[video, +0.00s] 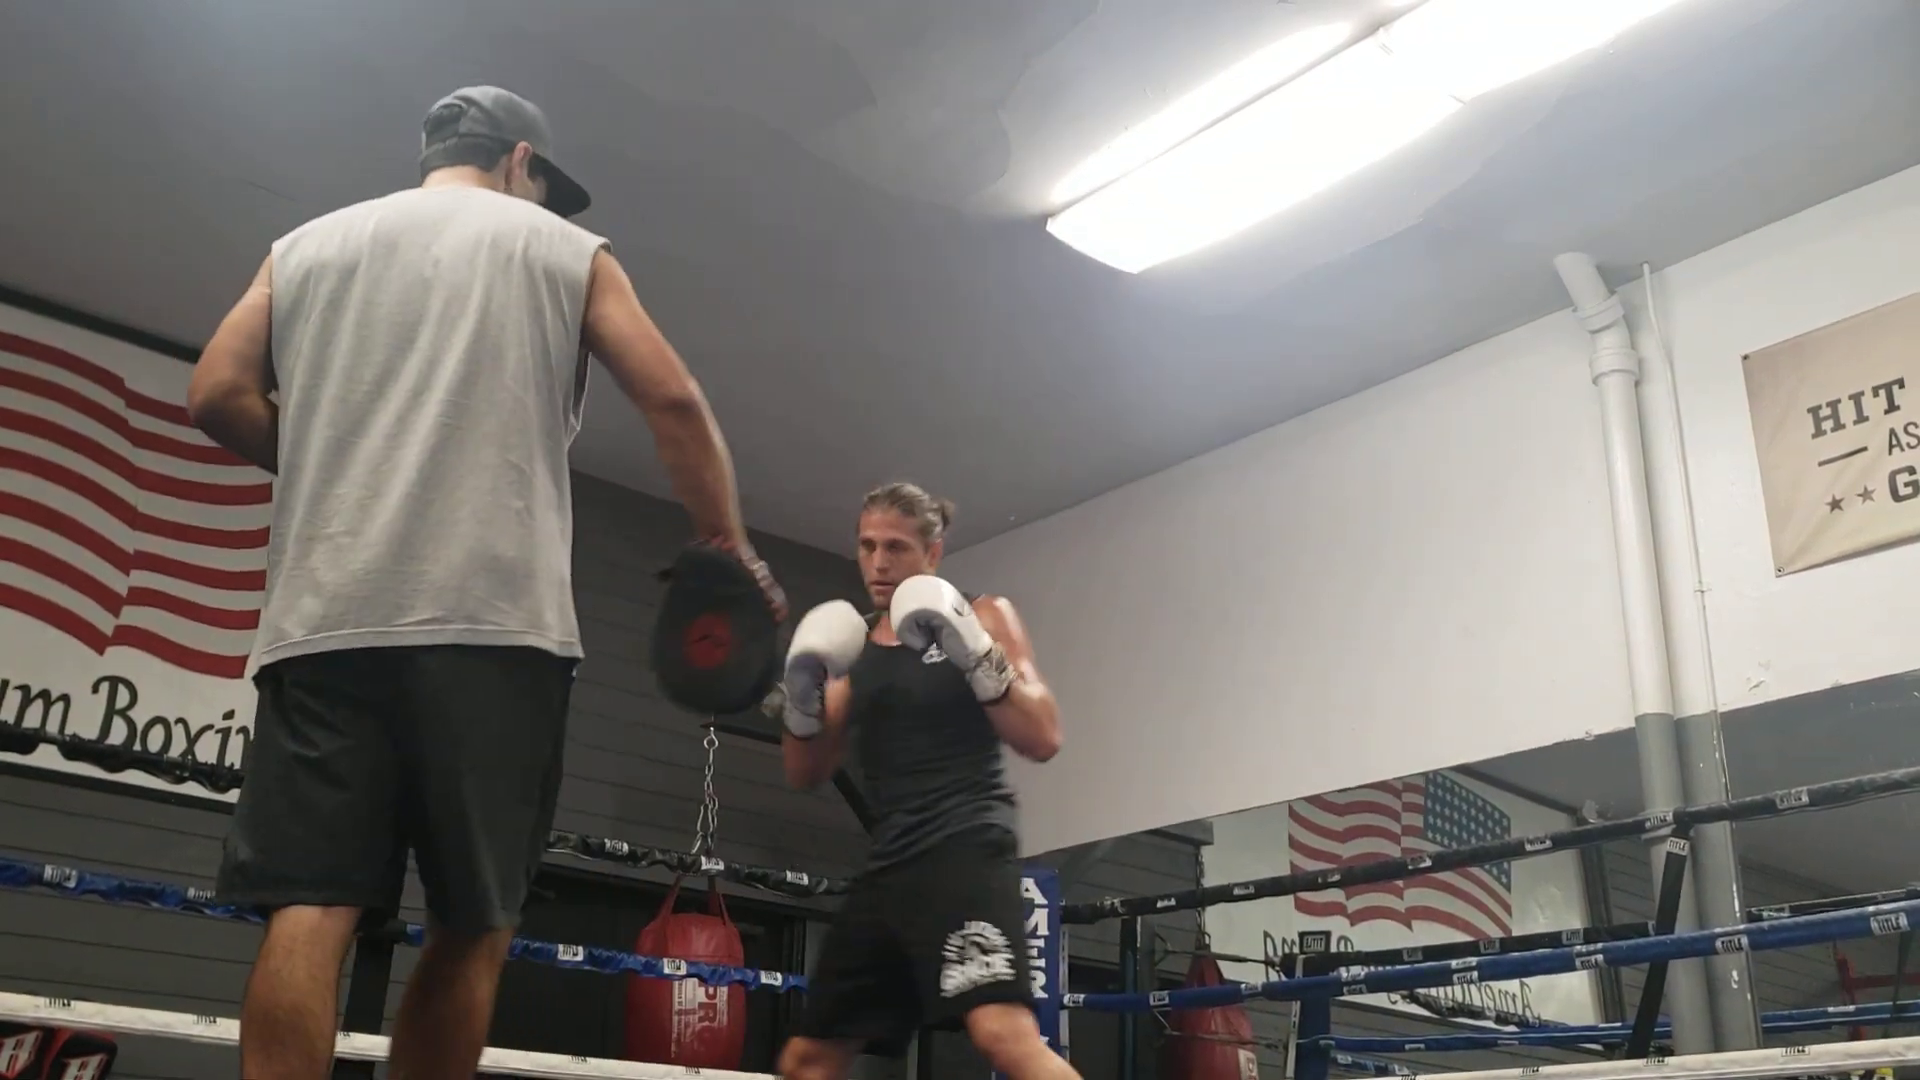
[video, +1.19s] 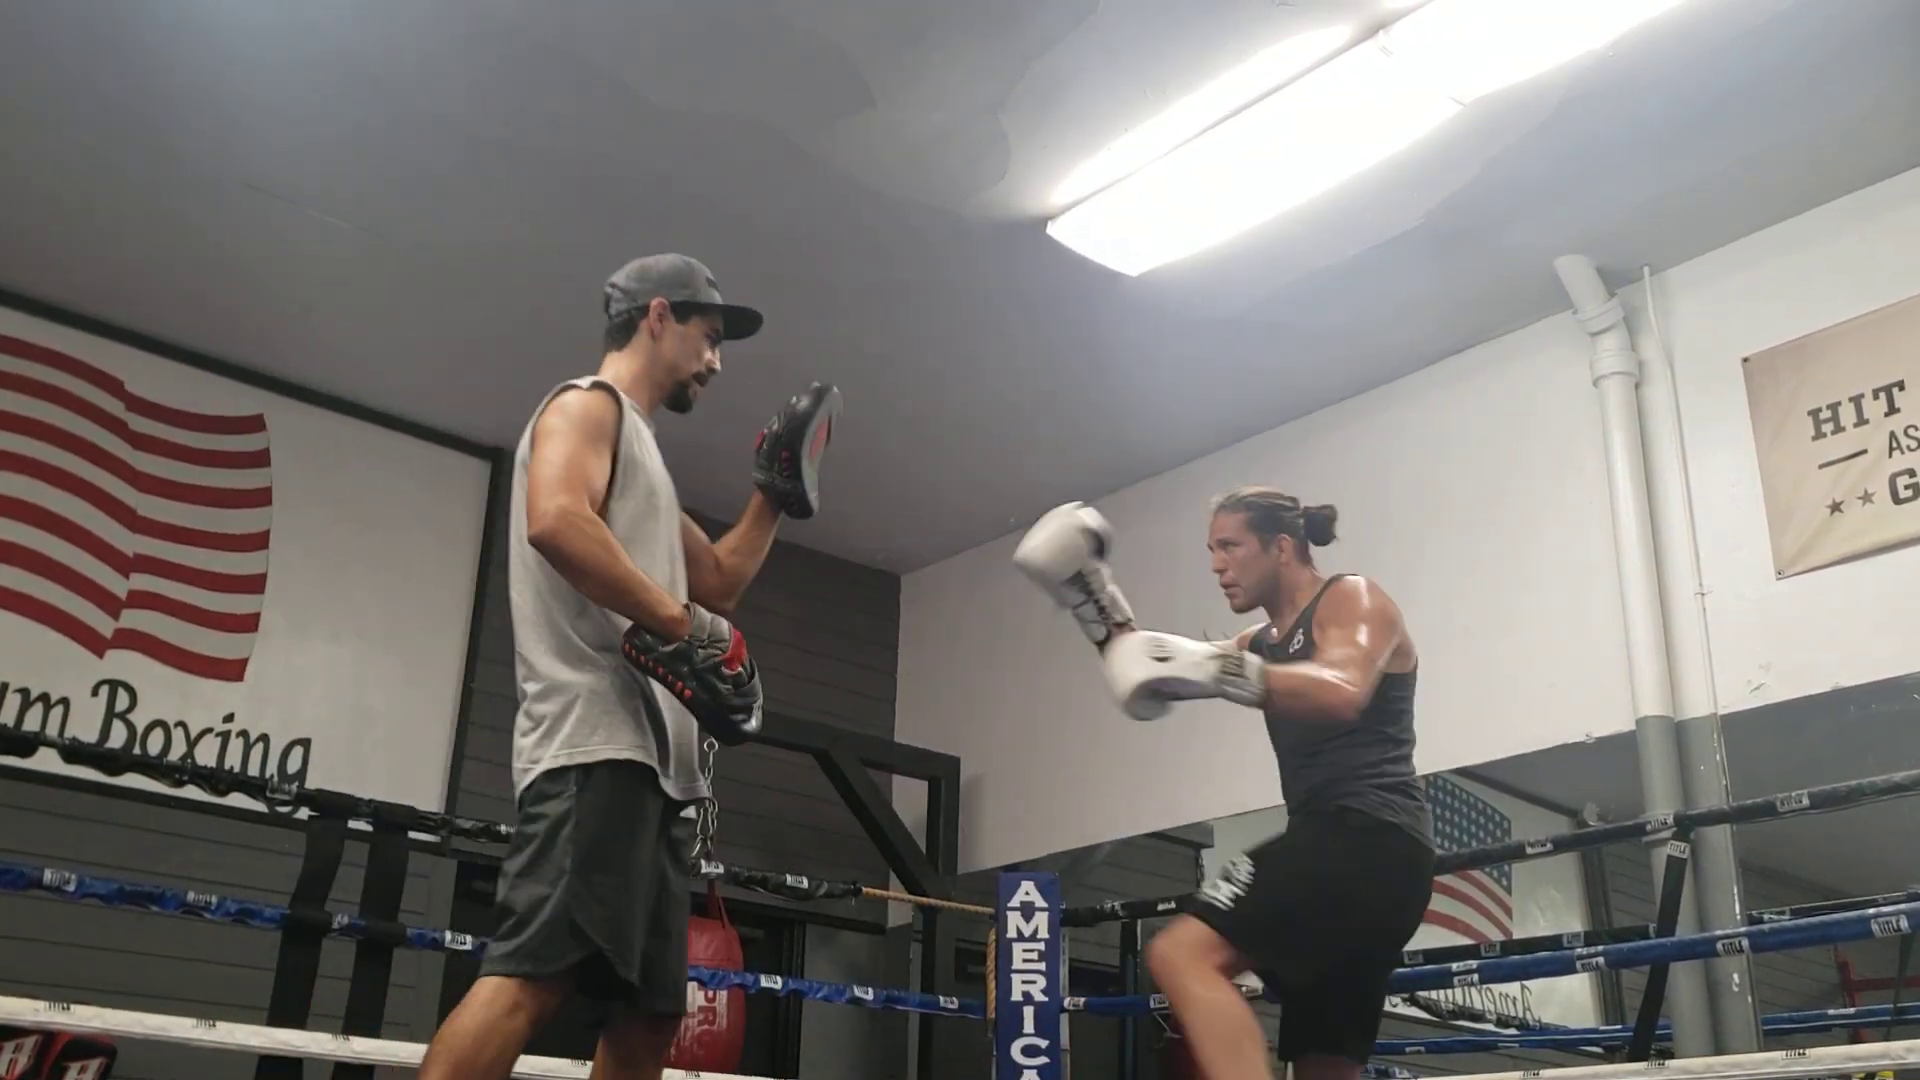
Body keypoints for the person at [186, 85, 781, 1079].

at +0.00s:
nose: (545, 203)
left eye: (546, 190)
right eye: (546, 186)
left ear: (424, 161)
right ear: (517, 163)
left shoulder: (308, 245)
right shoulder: (560, 249)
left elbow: (217, 391)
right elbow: (675, 399)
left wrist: (322, 455)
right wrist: (728, 544)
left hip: (326, 617)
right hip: (498, 626)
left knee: (311, 906)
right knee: (473, 927)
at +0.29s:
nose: (608, 257)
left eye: (614, 234)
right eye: (609, 227)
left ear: (495, 197)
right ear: (572, 200)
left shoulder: (360, 290)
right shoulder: (576, 302)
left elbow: (273, 451)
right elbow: (585, 445)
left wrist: (391, 457)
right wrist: (598, 628)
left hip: (303, 643)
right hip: (460, 665)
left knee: (296, 929)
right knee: (428, 963)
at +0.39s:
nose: (618, 264)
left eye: (624, 239)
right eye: (619, 232)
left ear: (514, 203)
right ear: (581, 205)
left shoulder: (378, 307)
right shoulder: (579, 305)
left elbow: (306, 465)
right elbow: (582, 452)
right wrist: (601, 643)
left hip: (318, 668)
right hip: (471, 680)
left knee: (289, 948)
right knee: (422, 973)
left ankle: (228, 1074)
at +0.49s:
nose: (622, 264)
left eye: (629, 240)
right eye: (623, 232)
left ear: (522, 207)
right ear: (581, 204)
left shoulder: (396, 323)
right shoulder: (573, 305)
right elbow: (585, 457)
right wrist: (624, 636)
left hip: (355, 688)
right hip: (480, 686)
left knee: (316, 961)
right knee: (425, 966)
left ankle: (231, 1071)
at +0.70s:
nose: (631, 266)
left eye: (637, 244)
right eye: (629, 237)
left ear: (547, 223)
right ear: (583, 215)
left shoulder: (470, 324)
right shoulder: (549, 302)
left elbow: (487, 508)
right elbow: (556, 446)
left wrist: (603, 476)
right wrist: (647, 598)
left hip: (435, 688)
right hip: (492, 689)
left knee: (439, 964)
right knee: (435, 968)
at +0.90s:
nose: (655, 295)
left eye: (662, 275)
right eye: (652, 266)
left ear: (598, 250)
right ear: (603, 243)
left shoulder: (554, 362)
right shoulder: (543, 329)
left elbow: (588, 557)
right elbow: (532, 463)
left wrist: (687, 478)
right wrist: (652, 594)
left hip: (548, 706)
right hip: (515, 699)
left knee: (561, 985)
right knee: (460, 965)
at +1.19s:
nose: (716, 360)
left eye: (720, 343)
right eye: (708, 335)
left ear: (663, 326)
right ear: (657, 317)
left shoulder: (641, 465)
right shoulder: (587, 405)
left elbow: (719, 580)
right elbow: (557, 519)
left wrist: (773, 491)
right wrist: (686, 627)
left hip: (653, 760)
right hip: (591, 745)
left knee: (650, 1014)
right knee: (527, 981)